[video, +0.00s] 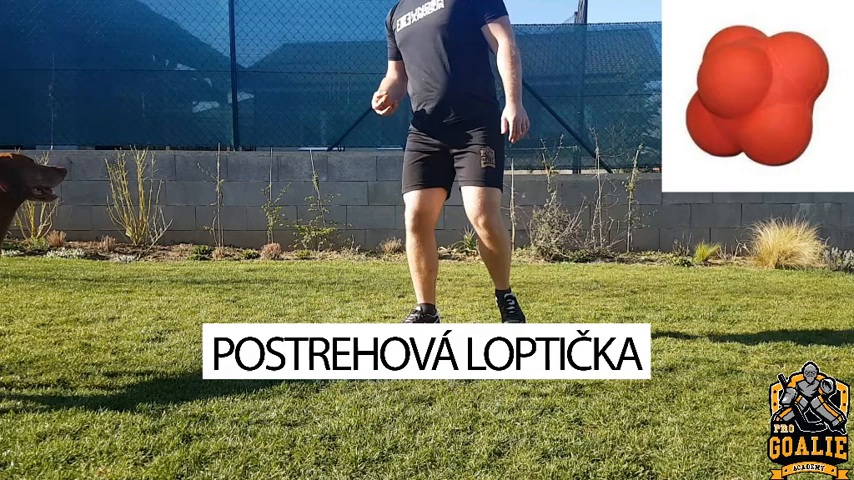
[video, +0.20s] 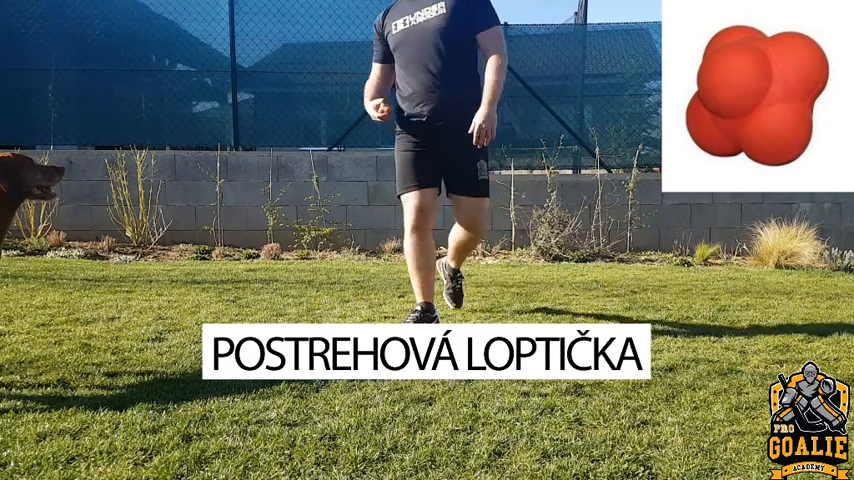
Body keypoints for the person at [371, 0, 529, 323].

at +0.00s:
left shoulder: (474, 2)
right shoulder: (396, 13)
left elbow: (505, 41)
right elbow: (397, 74)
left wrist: (513, 102)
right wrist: (386, 93)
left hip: (477, 122)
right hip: (425, 127)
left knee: (482, 215)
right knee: (416, 217)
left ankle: (505, 295)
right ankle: (426, 309)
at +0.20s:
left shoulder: (469, 3)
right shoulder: (387, 18)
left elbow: (496, 54)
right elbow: (379, 78)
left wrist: (489, 107)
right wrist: (372, 101)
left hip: (465, 125)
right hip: (413, 128)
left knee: (474, 226)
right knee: (416, 217)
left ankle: (450, 266)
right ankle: (426, 307)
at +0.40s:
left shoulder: (466, 21)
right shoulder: (385, 32)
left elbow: (489, 78)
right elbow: (365, 88)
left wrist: (478, 110)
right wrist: (371, 112)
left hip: (455, 137)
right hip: (407, 136)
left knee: (451, 237)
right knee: (414, 219)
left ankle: (431, 275)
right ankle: (424, 304)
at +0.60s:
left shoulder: (460, 36)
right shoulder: (382, 37)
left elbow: (477, 88)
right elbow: (361, 89)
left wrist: (488, 135)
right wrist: (373, 114)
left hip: (443, 140)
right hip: (401, 139)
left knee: (441, 226)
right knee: (411, 212)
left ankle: (424, 286)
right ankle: (421, 294)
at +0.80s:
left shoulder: (450, 30)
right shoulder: (375, 30)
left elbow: (467, 83)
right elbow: (352, 82)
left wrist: (479, 130)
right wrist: (370, 93)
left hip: (432, 132)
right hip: (390, 131)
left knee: (434, 214)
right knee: (384, 204)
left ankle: (423, 286)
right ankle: (376, 284)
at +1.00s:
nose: (394, 3)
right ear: (378, 0)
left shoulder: (434, 32)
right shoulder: (359, 35)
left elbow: (450, 83)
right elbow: (334, 85)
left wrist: (461, 126)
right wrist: (354, 55)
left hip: (420, 138)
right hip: (374, 137)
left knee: (426, 217)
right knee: (349, 211)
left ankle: (423, 287)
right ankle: (325, 287)